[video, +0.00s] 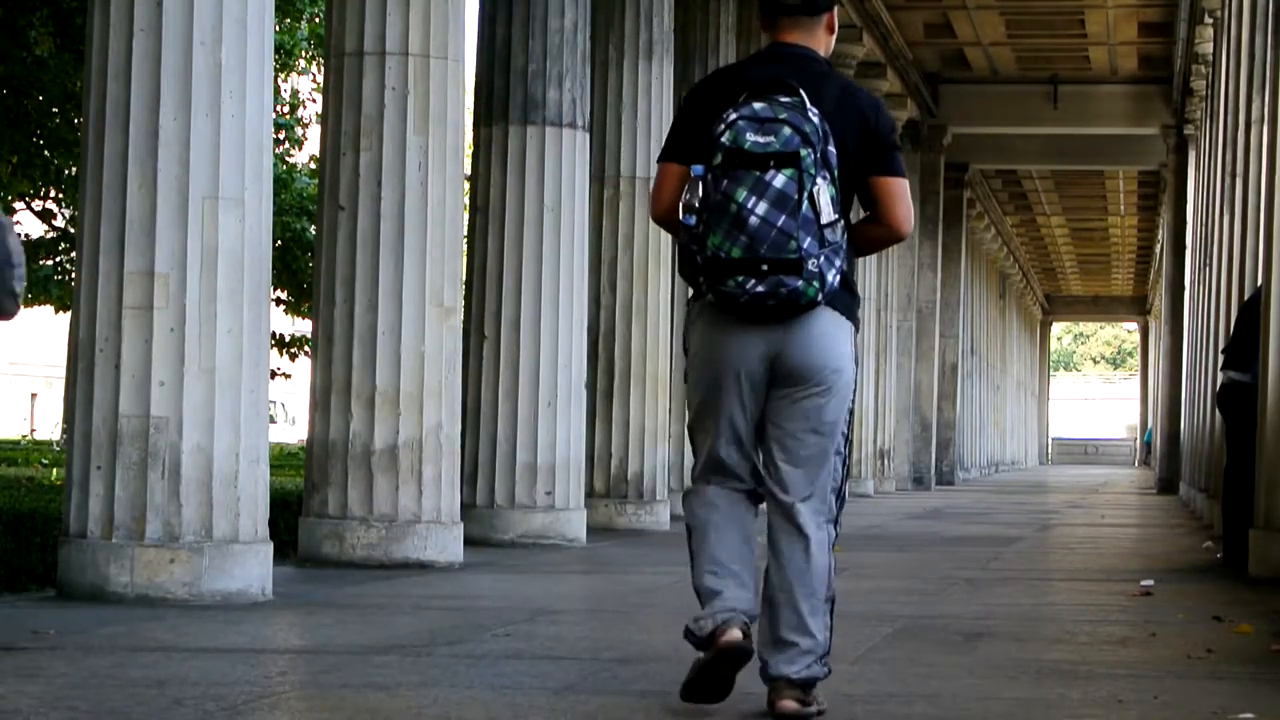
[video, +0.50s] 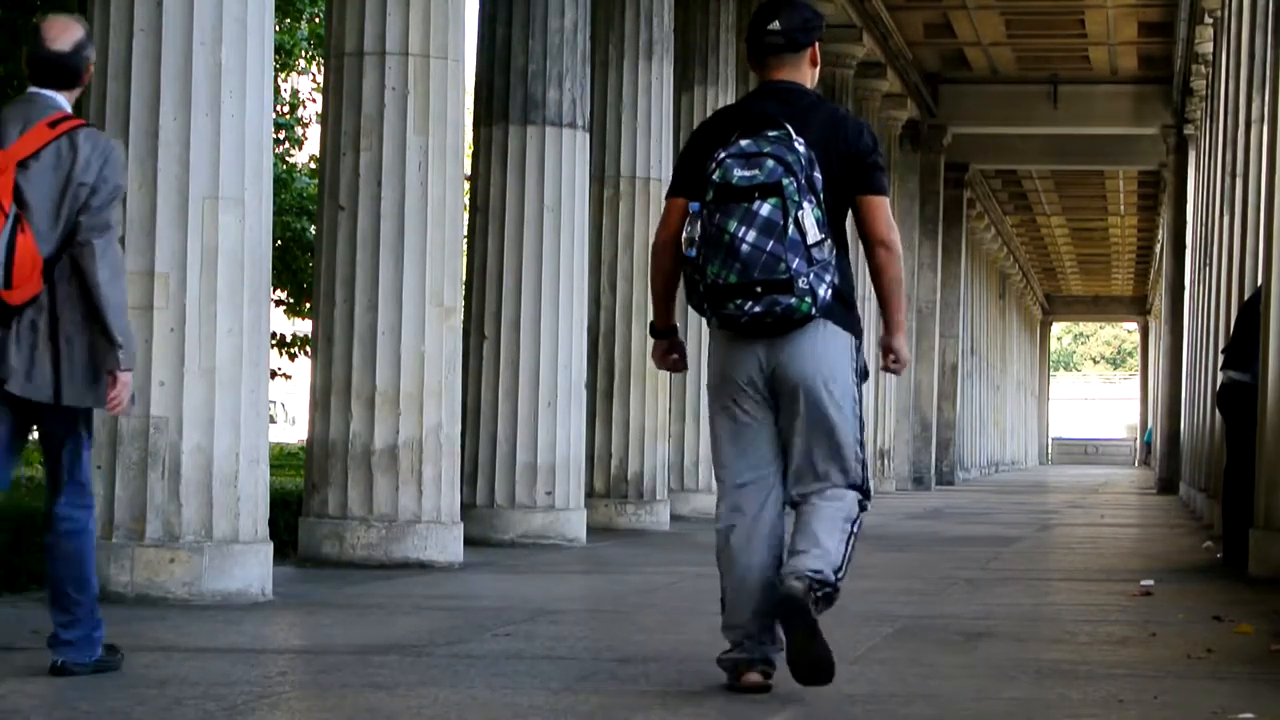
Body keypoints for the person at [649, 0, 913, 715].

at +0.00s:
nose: (835, 27)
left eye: (826, 19)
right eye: (835, 20)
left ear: (763, 22)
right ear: (831, 23)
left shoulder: (711, 92)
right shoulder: (859, 106)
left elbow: (665, 205)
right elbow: (896, 221)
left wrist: (732, 239)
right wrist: (831, 245)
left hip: (724, 320)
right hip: (820, 324)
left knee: (720, 477)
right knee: (804, 498)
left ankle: (727, 616)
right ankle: (793, 682)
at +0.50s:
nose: (820, 62)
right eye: (820, 52)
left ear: (753, 57)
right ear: (815, 54)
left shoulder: (711, 132)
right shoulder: (844, 131)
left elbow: (668, 236)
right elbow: (881, 239)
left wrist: (664, 323)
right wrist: (896, 327)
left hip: (733, 336)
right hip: (816, 333)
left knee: (746, 492)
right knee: (831, 482)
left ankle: (748, 658)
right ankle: (804, 583)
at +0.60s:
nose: (825, 68)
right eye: (826, 59)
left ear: (759, 60)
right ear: (820, 59)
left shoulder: (715, 131)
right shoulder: (846, 133)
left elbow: (678, 240)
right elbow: (884, 232)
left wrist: (681, 317)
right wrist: (920, 328)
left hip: (736, 334)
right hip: (822, 329)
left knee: (747, 491)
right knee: (838, 478)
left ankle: (750, 653)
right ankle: (815, 611)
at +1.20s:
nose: (881, 99)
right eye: (883, 91)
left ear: (821, 91)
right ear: (878, 94)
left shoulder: (780, 151)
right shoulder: (897, 163)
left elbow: (739, 239)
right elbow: (927, 265)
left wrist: (716, 322)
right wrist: (914, 328)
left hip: (789, 338)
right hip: (868, 340)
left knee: (787, 474)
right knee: (856, 484)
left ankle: (788, 603)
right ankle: (848, 635)